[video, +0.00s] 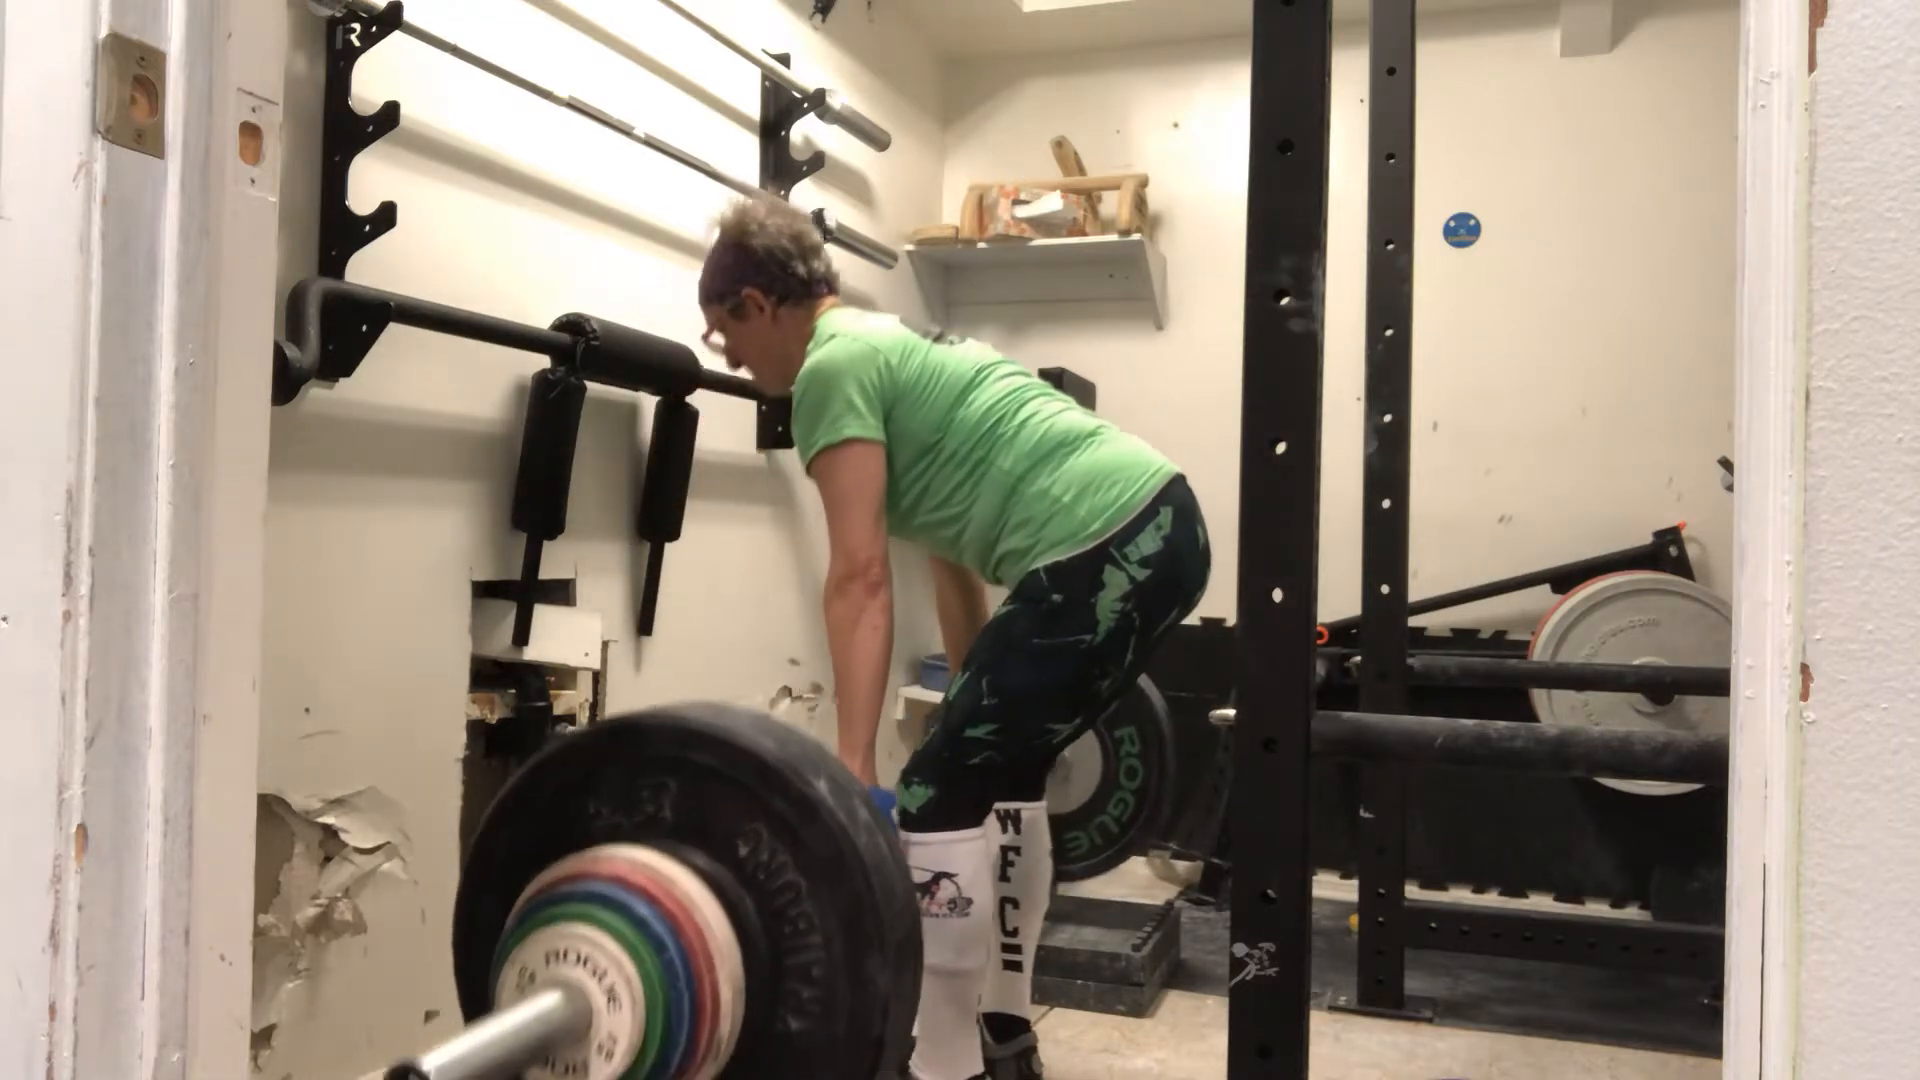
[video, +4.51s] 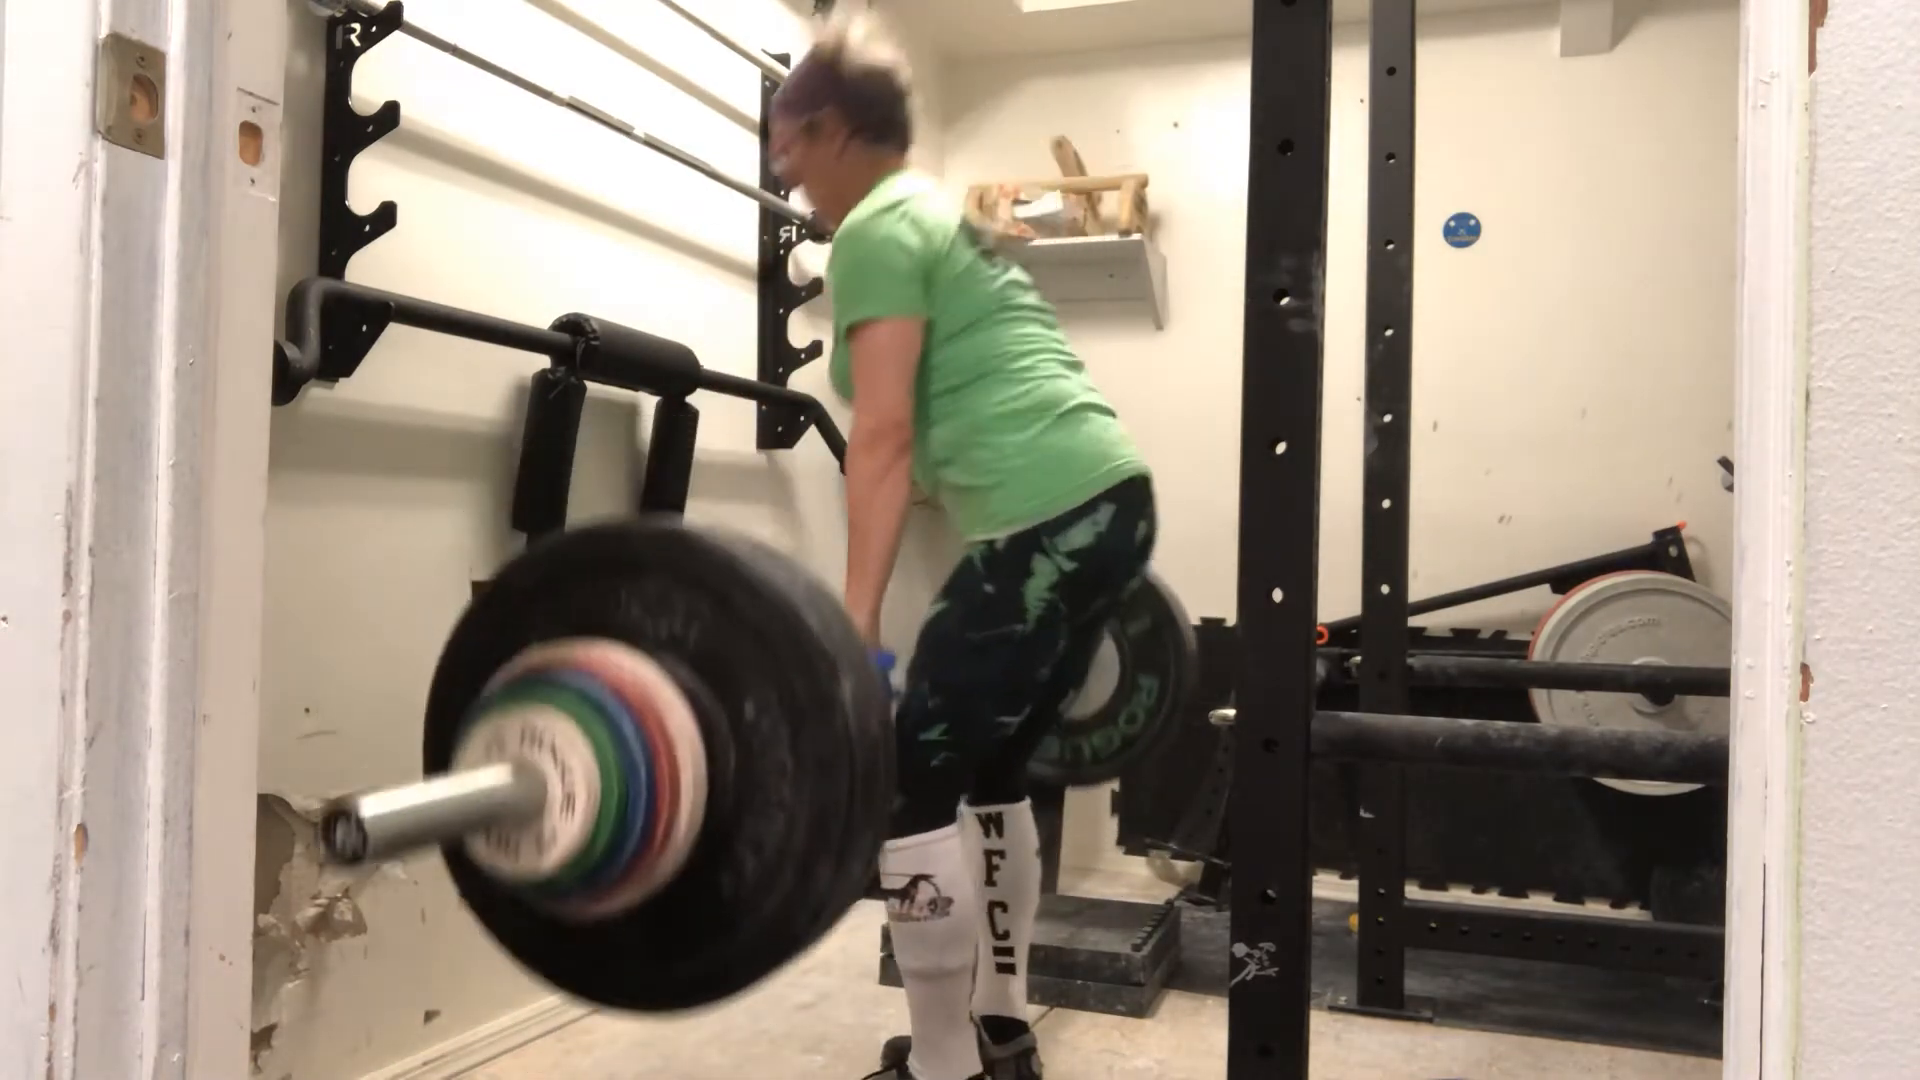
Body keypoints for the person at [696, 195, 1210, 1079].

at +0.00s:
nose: (724, 350)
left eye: (724, 326)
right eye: (715, 332)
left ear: (764, 302)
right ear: (793, 296)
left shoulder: (835, 364)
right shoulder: (892, 347)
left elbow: (859, 581)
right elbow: (954, 563)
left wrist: (854, 764)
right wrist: (975, 704)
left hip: (1097, 553)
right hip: (1152, 526)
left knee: (932, 799)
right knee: (1003, 781)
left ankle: (943, 1063)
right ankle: (1003, 1031)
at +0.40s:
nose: (778, 205)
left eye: (780, 179)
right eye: (773, 184)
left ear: (821, 157)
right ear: (860, 153)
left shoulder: (877, 245)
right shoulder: (933, 233)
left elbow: (883, 452)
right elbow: (982, 431)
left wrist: (865, 641)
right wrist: (979, 582)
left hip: (1065, 520)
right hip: (1116, 502)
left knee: (941, 758)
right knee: (1008, 750)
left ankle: (946, 1060)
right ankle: (1002, 1016)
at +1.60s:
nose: (708, 347)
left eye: (717, 325)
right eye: (706, 327)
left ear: (760, 318)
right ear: (790, 311)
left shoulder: (830, 384)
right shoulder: (878, 366)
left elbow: (857, 600)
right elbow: (953, 569)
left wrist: (848, 781)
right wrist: (965, 708)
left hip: (1100, 568)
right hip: (1148, 542)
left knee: (910, 807)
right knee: (991, 786)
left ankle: (945, 1063)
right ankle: (1001, 1030)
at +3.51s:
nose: (751, 266)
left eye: (754, 242)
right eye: (749, 244)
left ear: (796, 235)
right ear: (843, 229)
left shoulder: (862, 312)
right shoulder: (922, 297)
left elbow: (877, 534)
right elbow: (981, 527)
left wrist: (868, 727)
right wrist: (992, 681)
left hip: (1111, 535)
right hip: (1160, 512)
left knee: (958, 800)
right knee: (1028, 780)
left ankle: (946, 1062)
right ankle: (1006, 1024)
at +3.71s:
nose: (783, 169)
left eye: (792, 143)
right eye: (785, 145)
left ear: (838, 140)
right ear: (879, 142)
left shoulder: (886, 243)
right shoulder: (945, 227)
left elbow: (891, 461)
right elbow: (996, 435)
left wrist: (870, 653)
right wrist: (991, 599)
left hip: (1077, 524)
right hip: (1129, 502)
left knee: (957, 772)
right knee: (1018, 755)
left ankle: (947, 1062)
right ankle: (1005, 1017)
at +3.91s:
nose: (873, 70)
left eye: (885, 44)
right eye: (871, 48)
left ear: (944, 33)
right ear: (964, 38)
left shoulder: (951, 150)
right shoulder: (1021, 145)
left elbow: (925, 365)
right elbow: (1026, 345)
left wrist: (875, 550)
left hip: (999, 498)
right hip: (1071, 483)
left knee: (961, 784)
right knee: (1026, 757)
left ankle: (950, 1057)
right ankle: (1003, 1020)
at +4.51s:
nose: (784, 172)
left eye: (791, 145)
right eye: (782, 150)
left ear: (846, 130)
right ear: (863, 133)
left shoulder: (880, 230)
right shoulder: (935, 217)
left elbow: (883, 441)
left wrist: (856, 624)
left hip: (1050, 520)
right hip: (1101, 500)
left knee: (916, 769)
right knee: (995, 763)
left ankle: (941, 1061)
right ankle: (999, 1022)